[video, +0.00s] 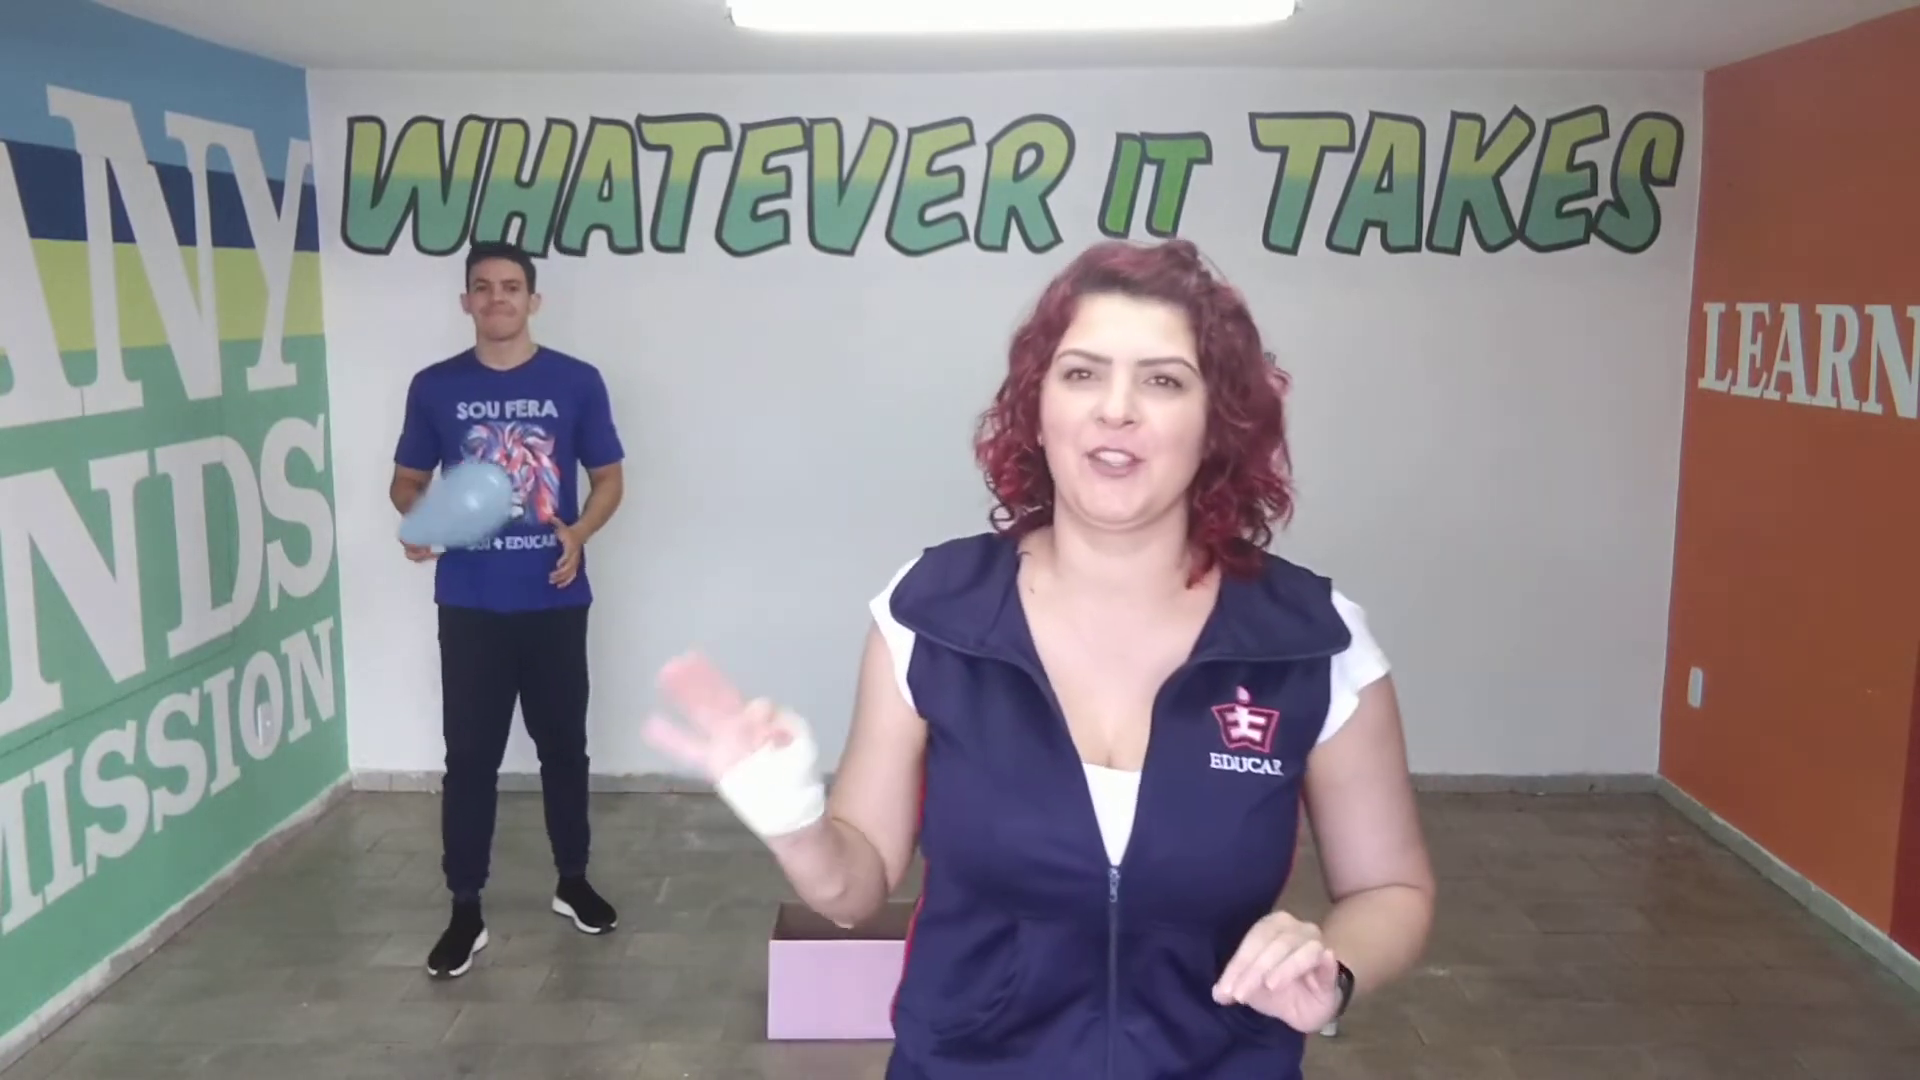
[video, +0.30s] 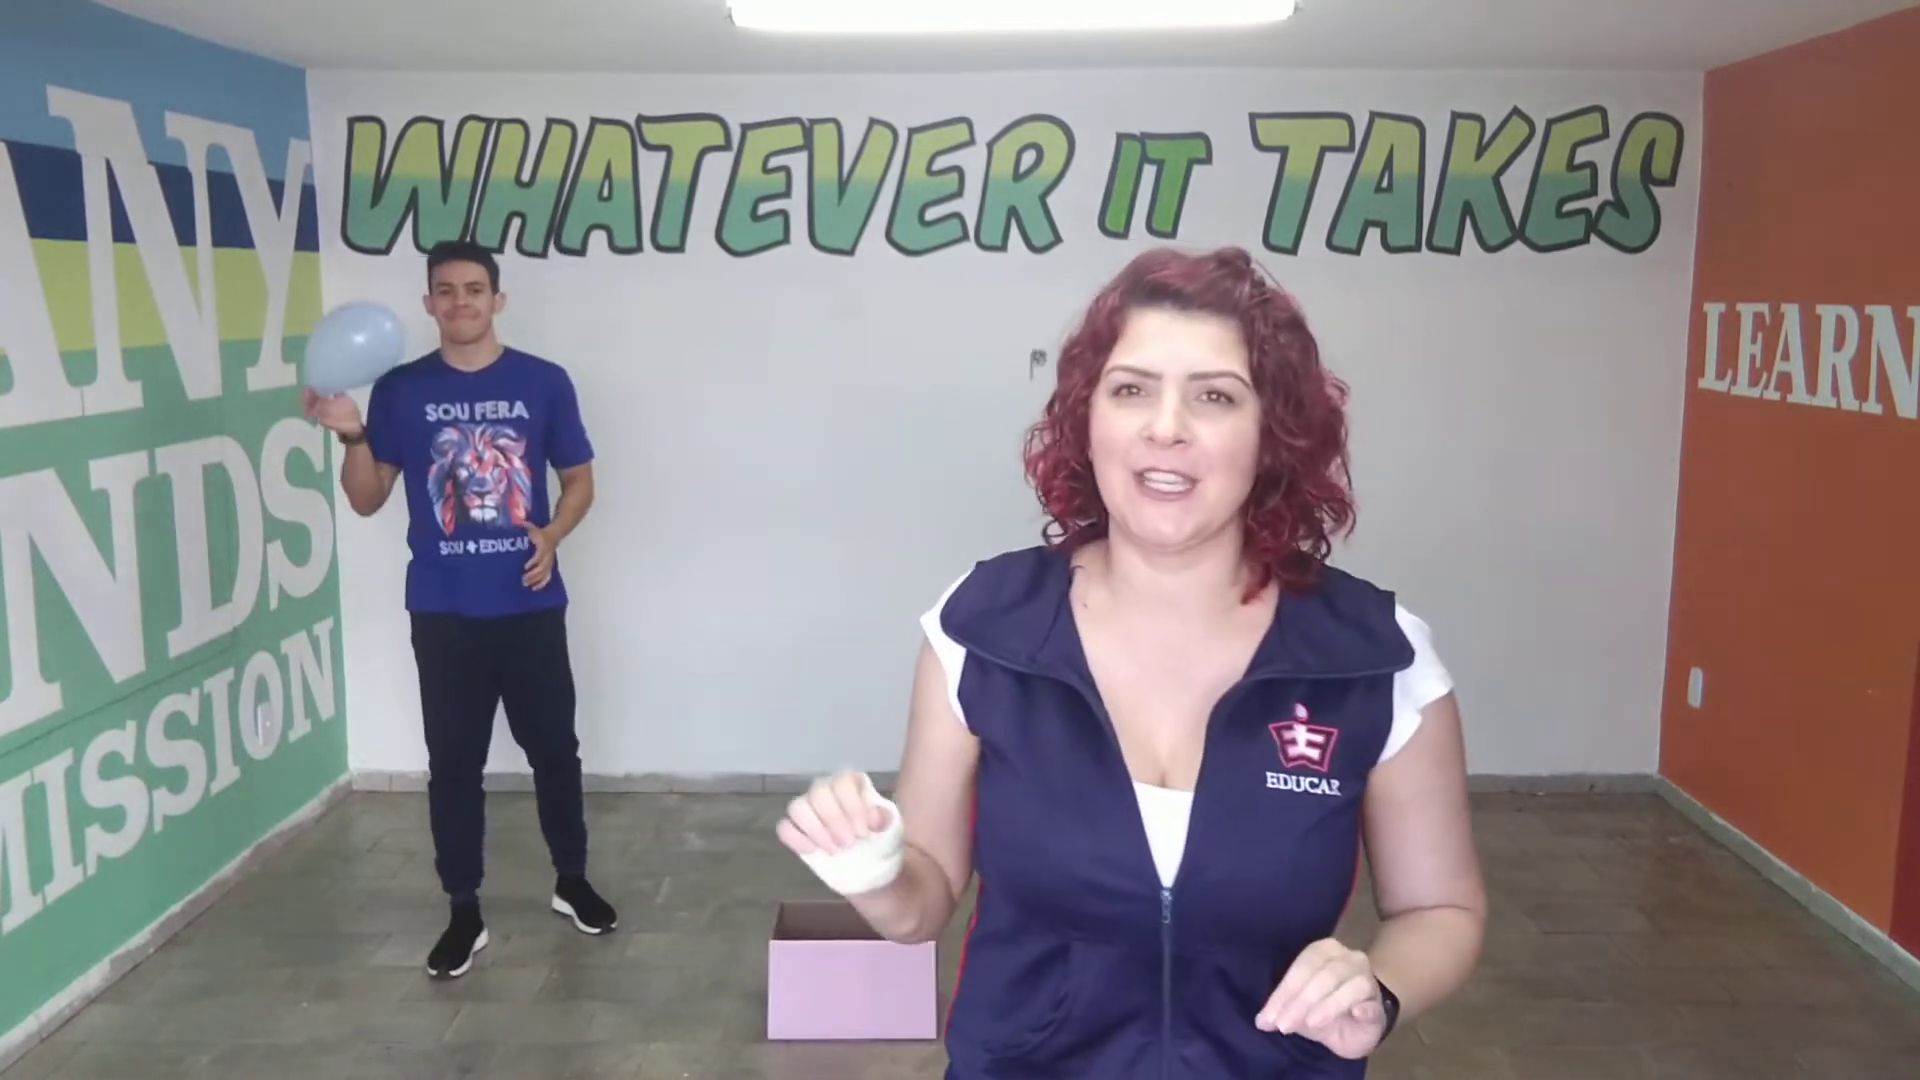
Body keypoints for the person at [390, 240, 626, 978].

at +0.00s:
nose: (495, 299)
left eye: (508, 288)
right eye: (482, 288)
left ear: (532, 299)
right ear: (466, 300)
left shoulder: (576, 383)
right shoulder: (436, 386)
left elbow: (610, 480)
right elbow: (407, 481)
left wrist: (581, 531)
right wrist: (424, 521)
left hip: (554, 607)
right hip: (471, 609)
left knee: (565, 750)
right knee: (469, 761)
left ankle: (572, 881)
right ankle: (465, 911)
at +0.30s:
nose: (459, 302)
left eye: (473, 290)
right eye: (445, 291)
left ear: (496, 300)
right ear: (429, 302)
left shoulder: (544, 383)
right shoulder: (400, 391)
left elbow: (580, 483)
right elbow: (366, 499)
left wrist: (553, 532)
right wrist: (354, 436)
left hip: (532, 608)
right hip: (445, 614)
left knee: (555, 751)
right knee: (453, 765)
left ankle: (572, 881)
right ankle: (464, 913)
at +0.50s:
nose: (441, 303)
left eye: (454, 290)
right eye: (427, 292)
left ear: (478, 301)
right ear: (411, 305)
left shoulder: (525, 381)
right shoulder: (383, 392)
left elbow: (561, 475)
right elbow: (352, 499)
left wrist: (545, 532)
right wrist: (346, 412)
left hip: (527, 609)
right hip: (438, 618)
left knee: (562, 747)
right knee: (449, 770)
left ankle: (562, 879)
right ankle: (463, 914)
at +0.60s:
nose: (439, 304)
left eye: (450, 291)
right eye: (424, 294)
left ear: (473, 301)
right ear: (406, 308)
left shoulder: (522, 380)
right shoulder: (383, 391)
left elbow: (559, 476)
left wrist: (544, 534)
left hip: (525, 608)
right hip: (437, 618)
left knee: (564, 751)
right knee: (449, 770)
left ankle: (569, 887)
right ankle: (464, 914)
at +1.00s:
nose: (506, 323)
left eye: (515, 310)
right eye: (492, 309)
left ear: (521, 311)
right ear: (452, 306)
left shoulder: (548, 387)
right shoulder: (402, 393)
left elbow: (578, 482)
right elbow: (356, 499)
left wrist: (570, 528)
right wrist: (393, 497)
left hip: (542, 615)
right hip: (454, 622)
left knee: (575, 767)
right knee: (460, 774)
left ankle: (609, 917)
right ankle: (465, 914)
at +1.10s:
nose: (527, 328)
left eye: (536, 316)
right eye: (515, 313)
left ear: (542, 316)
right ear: (474, 306)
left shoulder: (564, 389)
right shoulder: (417, 392)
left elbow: (595, 485)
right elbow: (376, 489)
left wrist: (583, 533)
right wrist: (405, 515)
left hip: (553, 618)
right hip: (464, 621)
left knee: (583, 766)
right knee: (467, 774)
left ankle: (610, 919)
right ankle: (466, 915)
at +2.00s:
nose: (654, 335)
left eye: (666, 324)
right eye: (646, 318)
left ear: (673, 323)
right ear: (610, 303)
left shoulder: (685, 399)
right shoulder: (547, 377)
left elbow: (709, 500)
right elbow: (503, 469)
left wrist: (676, 559)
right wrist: (520, 532)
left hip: (641, 605)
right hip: (560, 600)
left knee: (627, 763)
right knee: (562, 749)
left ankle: (615, 920)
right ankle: (643, 830)